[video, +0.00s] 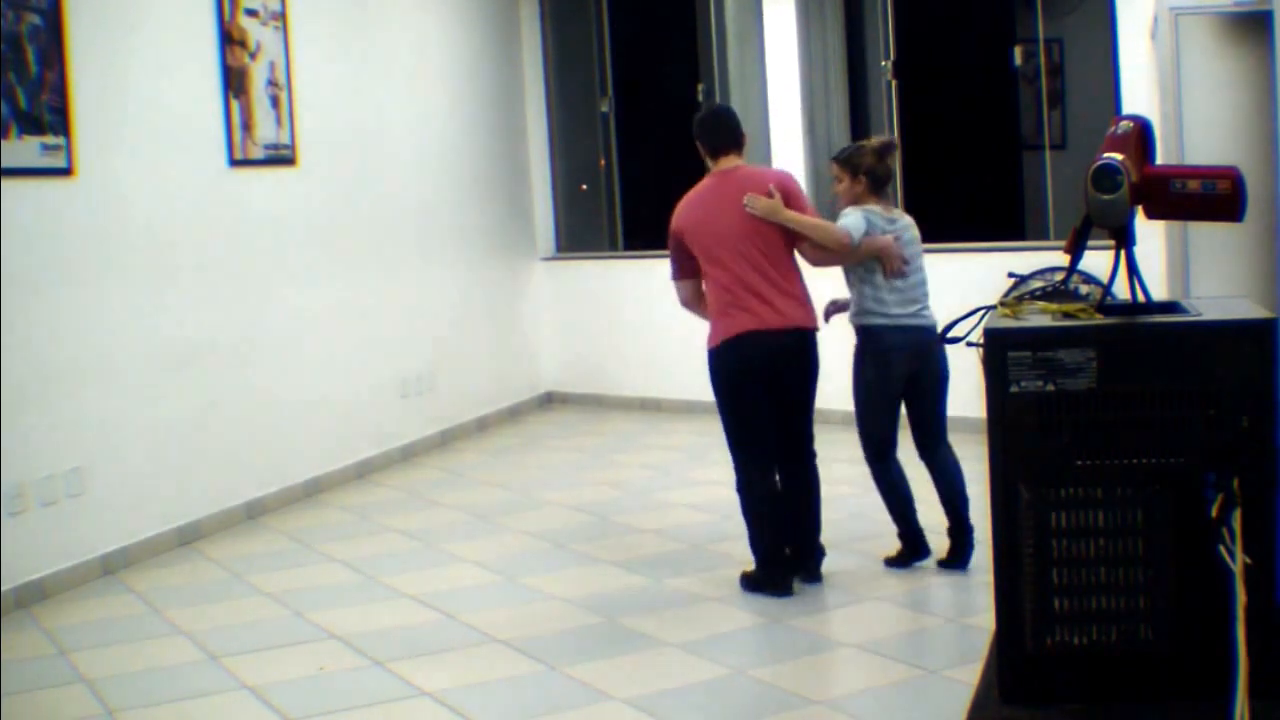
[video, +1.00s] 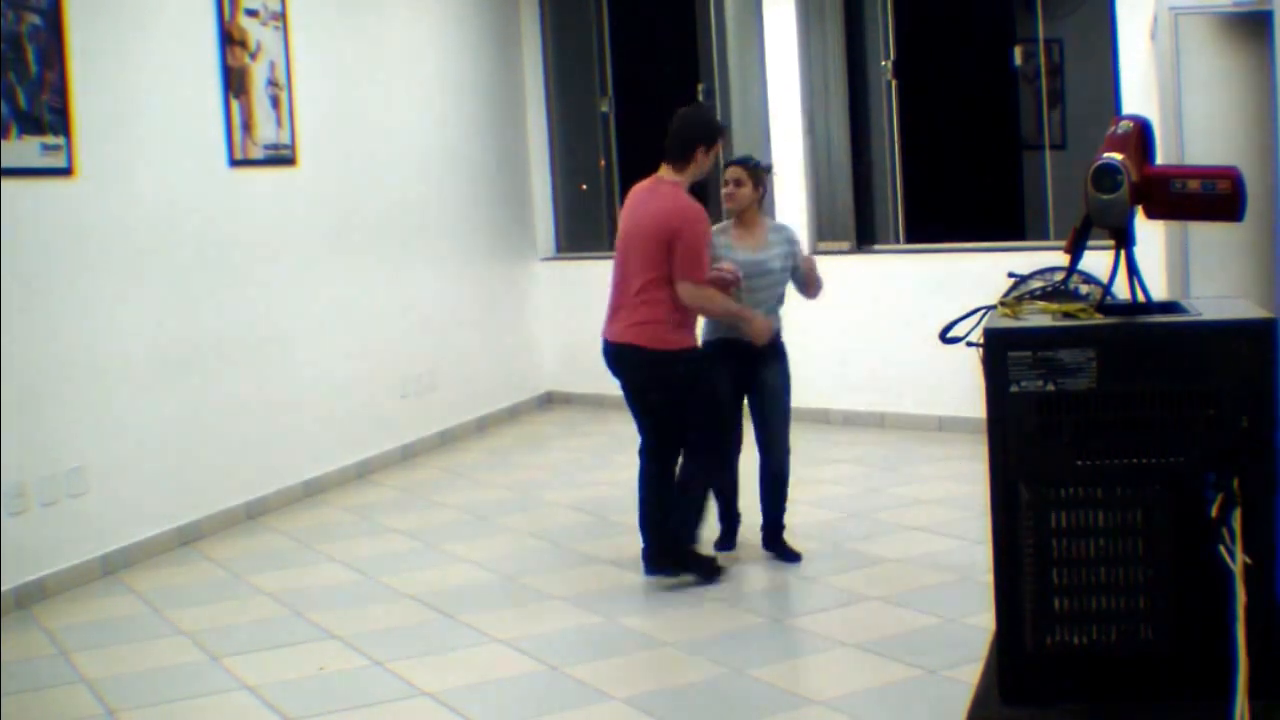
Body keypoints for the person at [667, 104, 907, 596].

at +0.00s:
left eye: (703, 148)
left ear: (700, 150)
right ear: (743, 140)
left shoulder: (686, 211)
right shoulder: (777, 183)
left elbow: (691, 297)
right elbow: (816, 251)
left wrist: (733, 314)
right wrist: (873, 247)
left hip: (732, 346)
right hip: (794, 337)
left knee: (752, 462)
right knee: (797, 449)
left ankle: (772, 571)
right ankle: (806, 560)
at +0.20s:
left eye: (696, 150)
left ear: (696, 152)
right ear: (738, 143)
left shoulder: (683, 211)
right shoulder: (774, 188)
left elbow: (672, 295)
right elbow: (812, 255)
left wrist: (707, 332)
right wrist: (868, 252)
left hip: (728, 349)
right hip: (788, 338)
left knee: (749, 459)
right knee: (792, 450)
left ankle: (773, 572)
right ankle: (797, 565)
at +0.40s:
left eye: (699, 146)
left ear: (697, 150)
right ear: (741, 142)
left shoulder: (680, 211)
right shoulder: (772, 189)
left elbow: (665, 291)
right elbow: (806, 263)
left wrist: (696, 333)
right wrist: (846, 264)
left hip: (723, 351)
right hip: (784, 342)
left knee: (733, 463)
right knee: (791, 454)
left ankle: (759, 565)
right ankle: (795, 564)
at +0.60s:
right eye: (734, 138)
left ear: (693, 145)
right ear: (737, 142)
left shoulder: (671, 206)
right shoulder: (758, 193)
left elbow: (658, 288)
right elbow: (801, 265)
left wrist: (701, 297)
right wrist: (834, 263)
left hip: (703, 347)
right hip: (764, 337)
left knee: (704, 443)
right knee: (781, 450)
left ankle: (686, 550)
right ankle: (794, 560)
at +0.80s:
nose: (734, 153)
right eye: (734, 146)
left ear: (684, 145)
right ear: (726, 146)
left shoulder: (650, 201)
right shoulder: (736, 202)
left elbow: (636, 274)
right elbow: (769, 273)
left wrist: (687, 270)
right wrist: (804, 273)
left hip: (664, 347)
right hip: (721, 342)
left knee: (676, 446)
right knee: (755, 448)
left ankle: (660, 549)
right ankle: (791, 556)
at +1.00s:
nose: (716, 159)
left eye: (716, 150)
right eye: (716, 151)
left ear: (670, 146)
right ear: (703, 152)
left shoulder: (638, 195)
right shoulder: (688, 212)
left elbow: (643, 268)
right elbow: (691, 292)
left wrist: (705, 275)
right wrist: (746, 316)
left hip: (623, 342)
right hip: (665, 346)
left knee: (658, 442)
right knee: (712, 437)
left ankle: (659, 552)